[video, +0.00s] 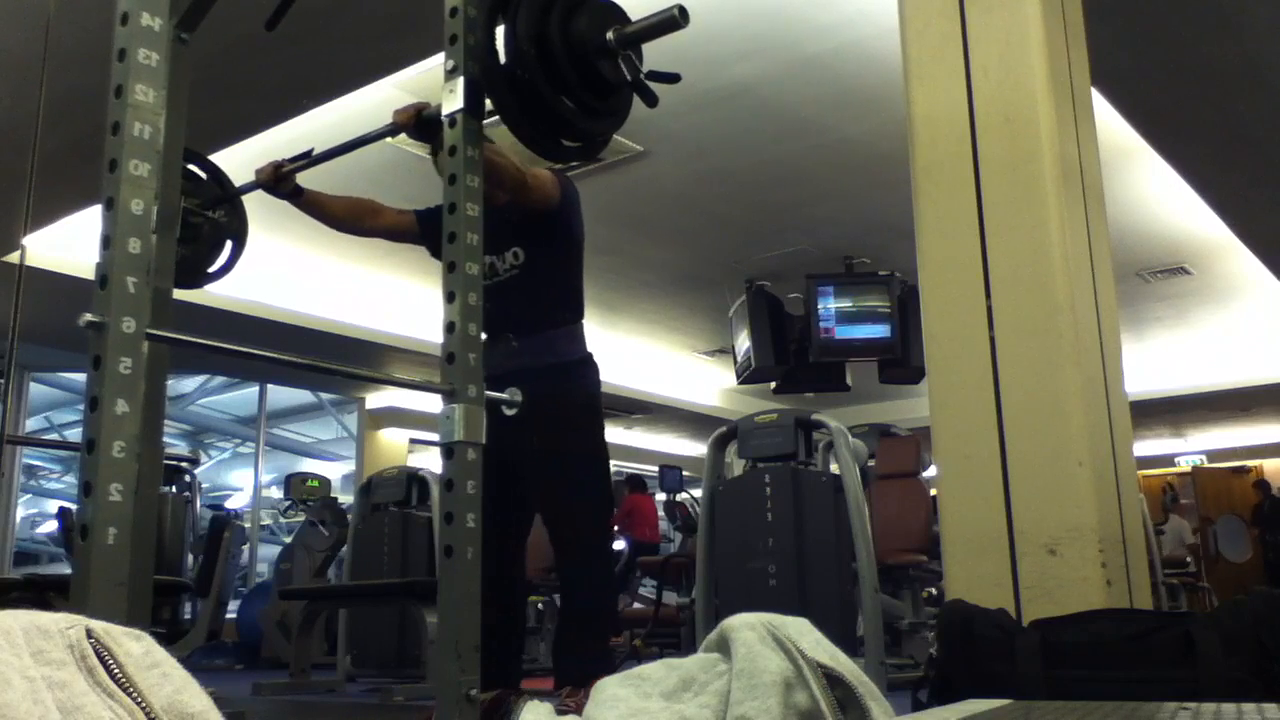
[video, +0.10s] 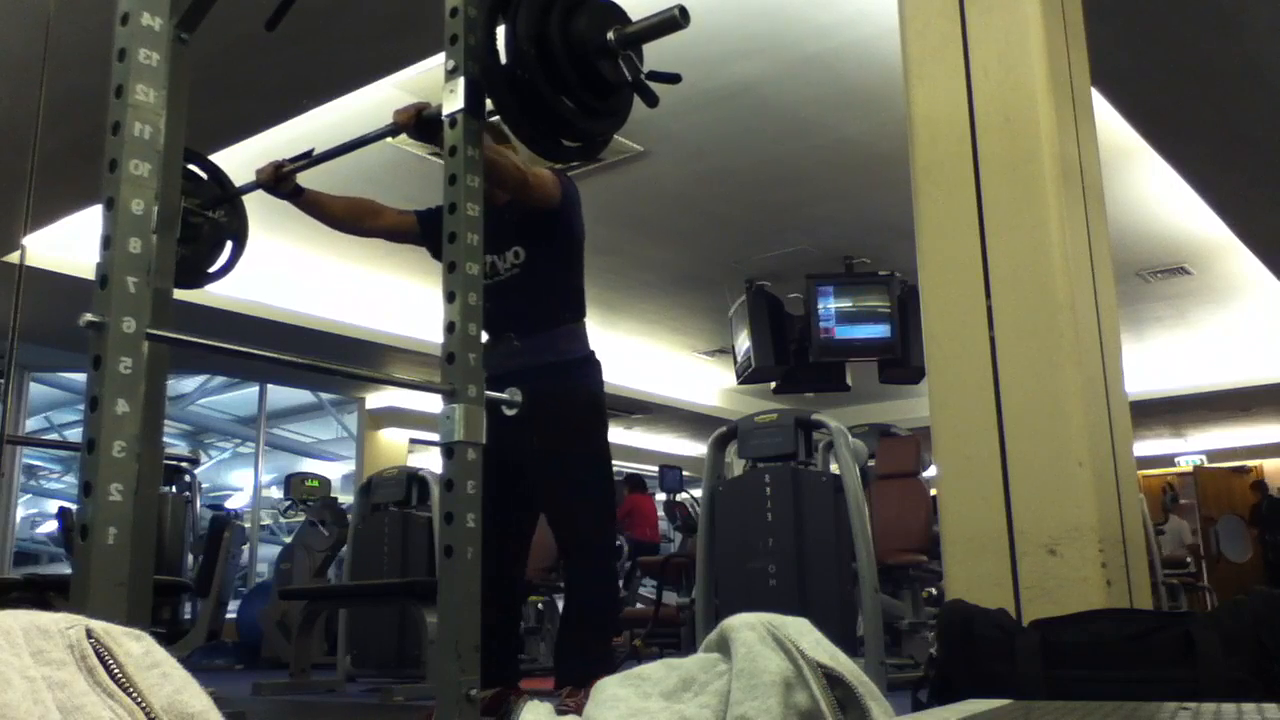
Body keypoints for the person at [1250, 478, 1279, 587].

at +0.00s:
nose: (1255, 493)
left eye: (1257, 490)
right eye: (1255, 490)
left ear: (1261, 490)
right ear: (1268, 488)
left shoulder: (1259, 506)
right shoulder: (1276, 501)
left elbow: (1256, 525)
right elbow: (1255, 525)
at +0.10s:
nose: (1253, 494)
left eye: (1254, 491)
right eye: (1253, 491)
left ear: (1258, 491)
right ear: (1266, 489)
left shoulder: (1256, 507)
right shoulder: (1275, 502)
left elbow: (1253, 527)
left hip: (1266, 542)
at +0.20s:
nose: (1251, 495)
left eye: (1252, 492)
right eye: (1251, 492)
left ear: (1254, 492)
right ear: (1264, 489)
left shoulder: (1254, 507)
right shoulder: (1275, 502)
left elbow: (1252, 526)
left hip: (1264, 542)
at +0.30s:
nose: (1249, 497)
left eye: (1249, 494)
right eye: (1249, 494)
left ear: (1251, 494)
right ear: (1262, 491)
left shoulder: (1252, 507)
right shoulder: (1275, 503)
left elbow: (1252, 530)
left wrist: (1249, 549)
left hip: (1264, 543)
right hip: (1277, 541)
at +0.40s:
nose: (1245, 498)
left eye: (1246, 496)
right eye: (1245, 496)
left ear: (1250, 494)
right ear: (1259, 491)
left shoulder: (1251, 506)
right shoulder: (1274, 502)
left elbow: (1252, 528)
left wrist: (1249, 546)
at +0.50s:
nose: (1245, 499)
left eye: (1245, 496)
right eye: (1244, 497)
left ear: (1249, 495)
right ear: (1258, 492)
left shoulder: (1250, 507)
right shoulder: (1273, 501)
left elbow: (1252, 528)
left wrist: (1249, 546)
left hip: (1265, 538)